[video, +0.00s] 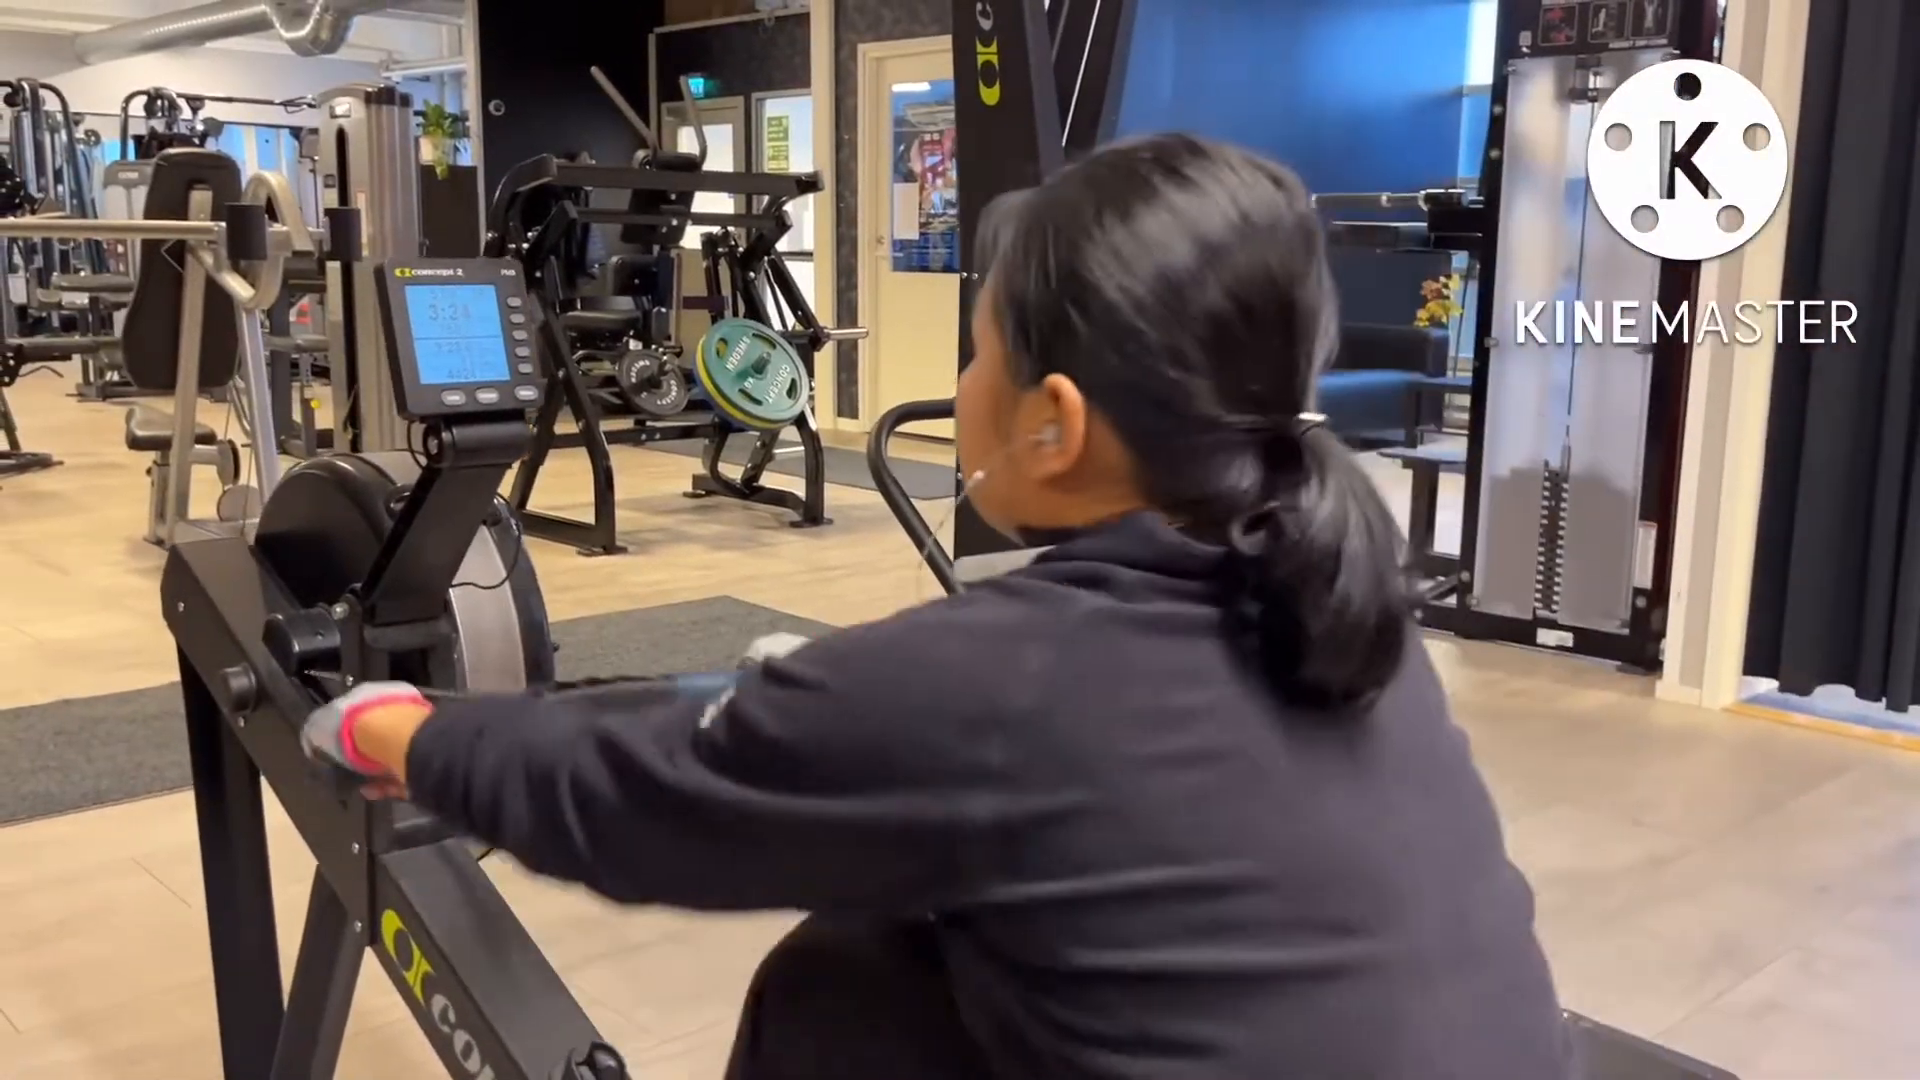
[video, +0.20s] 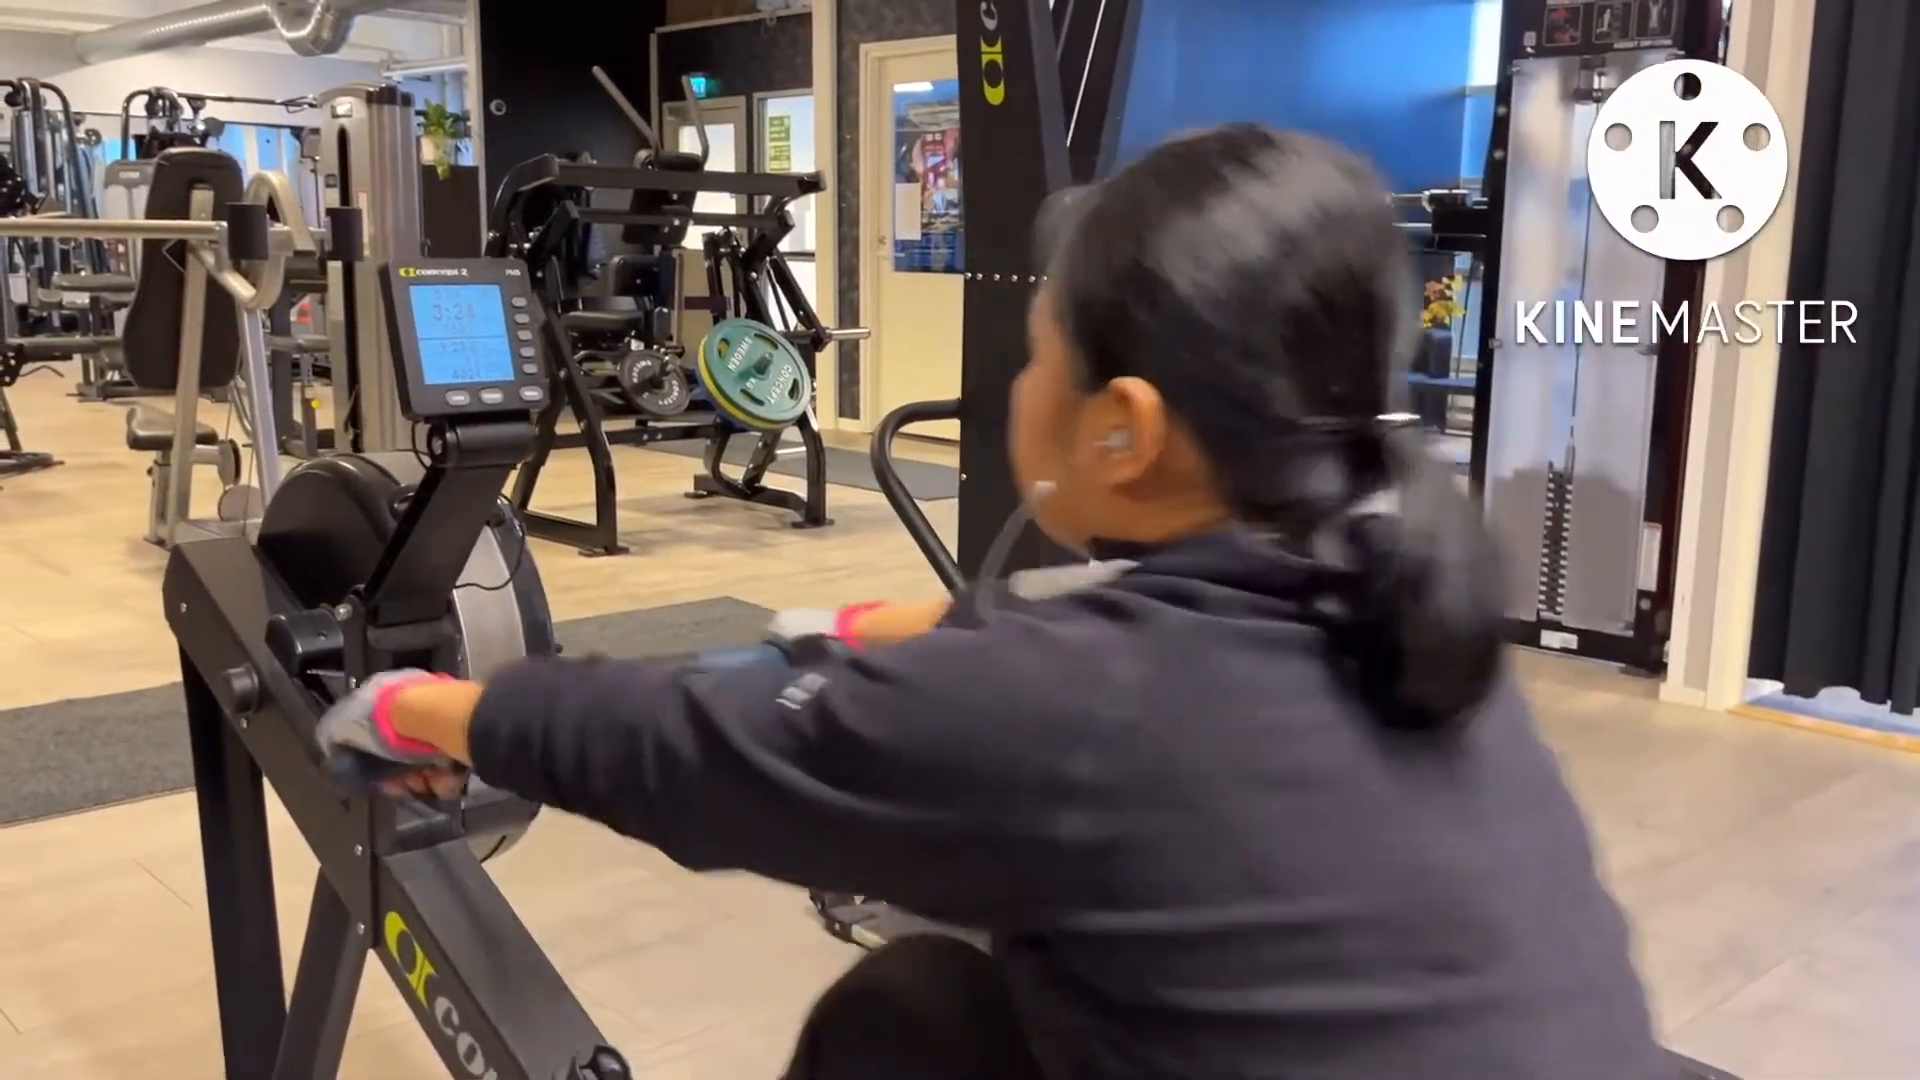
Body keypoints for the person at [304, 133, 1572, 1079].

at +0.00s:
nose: (957, 390)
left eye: (976, 355)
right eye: (976, 348)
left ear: (1061, 425)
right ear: (1264, 393)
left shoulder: (989, 678)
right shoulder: (1352, 586)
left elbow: (648, 783)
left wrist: (412, 736)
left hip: (1243, 1068)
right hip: (1509, 1046)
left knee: (833, 974)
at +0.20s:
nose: (1014, 392)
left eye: (1035, 357)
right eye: (1031, 350)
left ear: (1135, 433)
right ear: (1337, 399)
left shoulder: (1052, 691)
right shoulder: (1420, 593)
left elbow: (707, 742)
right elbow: (1197, 654)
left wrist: (456, 712)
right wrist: (952, 629)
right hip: (1608, 1045)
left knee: (895, 1001)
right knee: (948, 977)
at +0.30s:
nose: (1137, 390)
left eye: (1164, 356)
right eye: (1154, 348)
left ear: (1285, 428)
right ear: (1492, 393)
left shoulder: (1228, 746)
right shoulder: (1573, 623)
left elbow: (855, 829)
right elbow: (1309, 691)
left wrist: (567, 791)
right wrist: (1045, 698)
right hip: (1728, 1043)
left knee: (1007, 1010)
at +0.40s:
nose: (1314, 395)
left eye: (1346, 349)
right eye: (1332, 339)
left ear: (1494, 426)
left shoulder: (1340, 805)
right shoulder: (1817, 684)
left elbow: (948, 910)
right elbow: (1449, 739)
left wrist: (643, 878)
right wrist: (1132, 761)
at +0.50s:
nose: (1522, 392)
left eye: (1563, 336)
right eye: (1543, 332)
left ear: (1745, 431)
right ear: (1765, 436)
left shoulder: (1579, 849)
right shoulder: (1864, 734)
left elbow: (1126, 1011)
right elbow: (1529, 769)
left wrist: (729, 944)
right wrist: (1164, 781)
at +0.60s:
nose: (1743, 425)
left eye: (1798, 336)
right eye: (1766, 339)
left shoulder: (1847, 921)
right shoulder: (1880, 753)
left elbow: (1312, 1072)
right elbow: (1688, 831)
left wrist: (846, 960)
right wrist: (1307, 812)